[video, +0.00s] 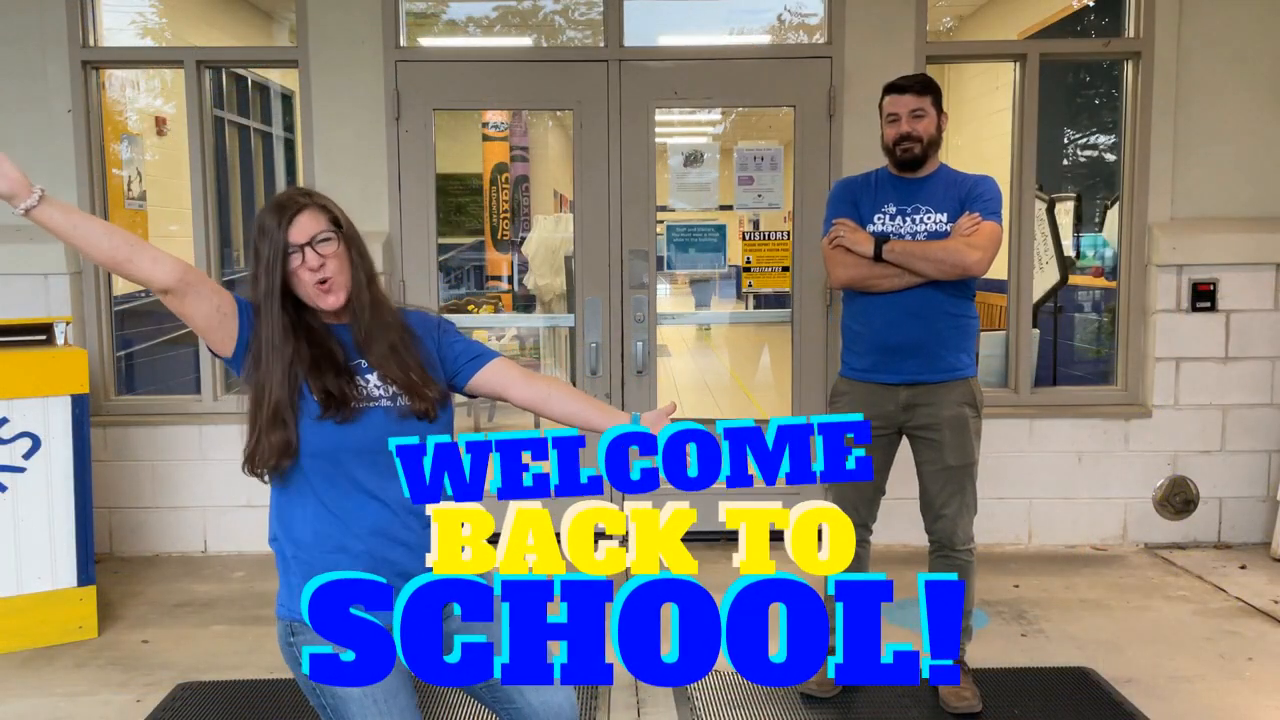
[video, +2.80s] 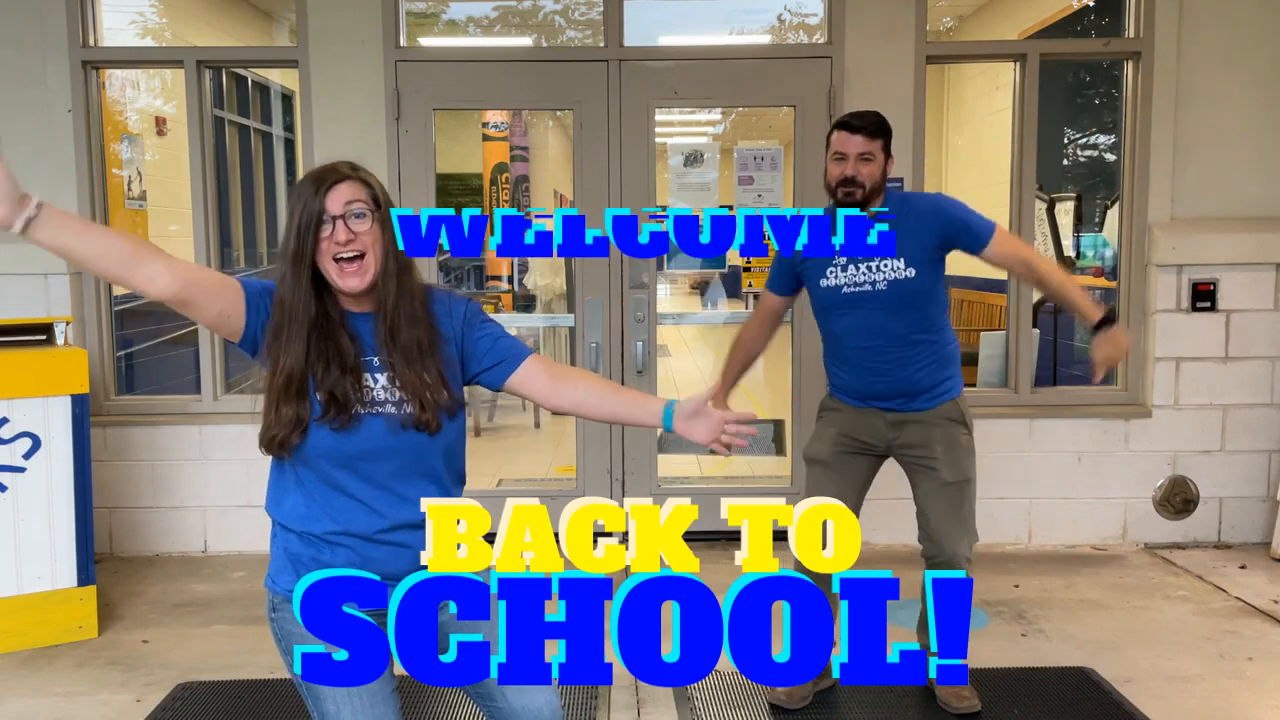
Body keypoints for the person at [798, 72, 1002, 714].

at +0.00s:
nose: (904, 127)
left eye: (917, 116)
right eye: (892, 118)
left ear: (940, 123)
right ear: (880, 127)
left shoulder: (975, 190)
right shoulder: (851, 193)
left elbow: (972, 262)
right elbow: (841, 274)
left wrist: (875, 243)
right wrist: (942, 260)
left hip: (946, 386)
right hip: (863, 385)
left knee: (951, 532)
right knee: (843, 527)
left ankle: (949, 664)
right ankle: (833, 655)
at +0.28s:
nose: (908, 133)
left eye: (921, 122)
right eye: (897, 123)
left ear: (944, 130)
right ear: (884, 133)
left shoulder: (984, 195)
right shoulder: (857, 198)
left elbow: (1009, 286)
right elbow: (835, 288)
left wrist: (931, 296)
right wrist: (942, 270)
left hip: (956, 393)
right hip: (870, 392)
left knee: (965, 537)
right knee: (837, 529)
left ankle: (953, 665)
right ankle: (826, 652)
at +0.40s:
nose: (897, 134)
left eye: (911, 122)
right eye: (886, 123)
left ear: (935, 130)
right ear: (872, 133)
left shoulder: (978, 188)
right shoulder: (848, 202)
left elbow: (1055, 251)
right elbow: (794, 278)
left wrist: (1026, 258)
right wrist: (822, 285)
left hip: (955, 395)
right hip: (869, 394)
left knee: (971, 534)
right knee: (825, 526)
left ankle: (954, 662)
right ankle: (817, 649)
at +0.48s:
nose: (881, 137)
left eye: (895, 126)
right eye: (870, 126)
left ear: (918, 134)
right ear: (857, 135)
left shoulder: (962, 176)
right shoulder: (837, 202)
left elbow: (1049, 200)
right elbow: (784, 238)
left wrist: (1059, 182)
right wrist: (751, 260)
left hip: (953, 397)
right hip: (865, 397)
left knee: (974, 537)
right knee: (820, 524)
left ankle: (955, 664)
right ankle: (809, 651)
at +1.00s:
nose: (809, 205)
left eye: (825, 195)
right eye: (800, 192)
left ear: (848, 201)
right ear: (787, 197)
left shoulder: (888, 224)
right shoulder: (780, 262)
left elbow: (987, 189)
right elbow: (728, 292)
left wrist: (1074, 136)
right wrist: (657, 299)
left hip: (920, 429)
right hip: (839, 434)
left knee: (967, 567)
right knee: (794, 546)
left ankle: (955, 666)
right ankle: (805, 660)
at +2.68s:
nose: (839, 161)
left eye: (853, 151)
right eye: (829, 149)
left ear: (879, 153)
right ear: (818, 151)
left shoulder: (922, 189)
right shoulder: (799, 221)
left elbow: (1028, 179)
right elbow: (722, 277)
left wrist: (1131, 165)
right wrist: (656, 333)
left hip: (927, 404)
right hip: (840, 403)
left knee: (946, 545)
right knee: (807, 537)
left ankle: (948, 668)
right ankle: (809, 663)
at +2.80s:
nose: (849, 170)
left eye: (863, 158)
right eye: (838, 158)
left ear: (887, 165)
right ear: (824, 164)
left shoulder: (931, 215)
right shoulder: (805, 236)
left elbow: (1025, 261)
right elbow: (763, 319)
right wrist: (721, 389)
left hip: (934, 413)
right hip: (849, 412)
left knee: (951, 552)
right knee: (813, 537)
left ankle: (947, 663)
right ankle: (807, 656)